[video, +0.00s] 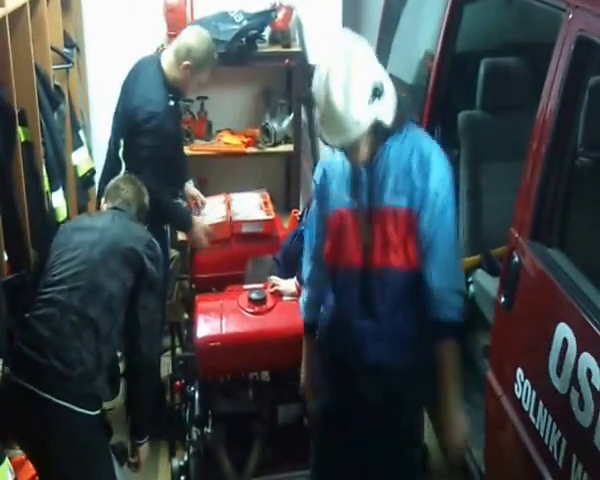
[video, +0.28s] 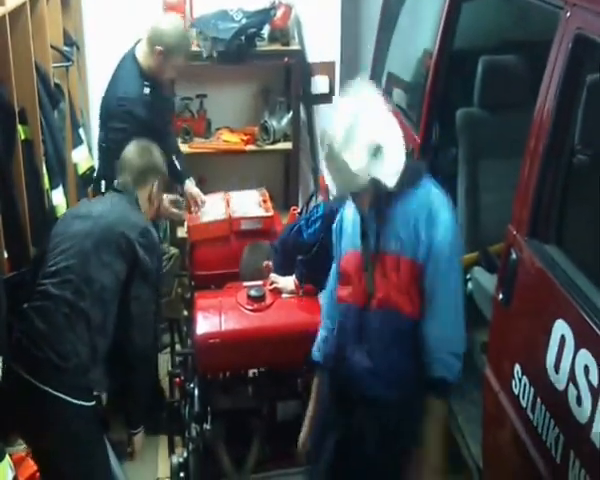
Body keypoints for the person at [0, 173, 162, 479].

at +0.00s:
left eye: (103, 201)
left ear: (104, 203)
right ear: (142, 212)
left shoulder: (68, 228)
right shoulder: (145, 245)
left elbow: (38, 296)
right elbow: (144, 347)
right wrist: (140, 434)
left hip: (18, 385)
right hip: (72, 404)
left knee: (53, 472)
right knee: (96, 472)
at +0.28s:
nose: (162, 202)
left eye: (164, 193)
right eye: (163, 193)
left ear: (119, 179)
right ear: (154, 190)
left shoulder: (73, 214)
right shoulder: (141, 234)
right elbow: (139, 338)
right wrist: (135, 421)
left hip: (20, 369)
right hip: (68, 383)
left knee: (56, 470)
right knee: (95, 472)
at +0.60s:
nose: (165, 176)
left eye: (168, 165)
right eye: (165, 164)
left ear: (124, 152)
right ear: (147, 157)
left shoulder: (76, 194)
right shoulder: (125, 212)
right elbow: (131, 320)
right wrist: (131, 404)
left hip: (34, 370)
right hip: (72, 384)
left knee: (61, 471)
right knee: (89, 473)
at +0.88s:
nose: (170, 203)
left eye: (174, 194)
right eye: (169, 193)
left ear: (141, 172)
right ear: (147, 177)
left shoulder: (89, 185)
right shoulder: (104, 227)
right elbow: (94, 334)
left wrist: (113, 357)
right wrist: (116, 425)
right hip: (62, 399)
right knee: (93, 470)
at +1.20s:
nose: (187, 226)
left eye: (192, 217)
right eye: (189, 215)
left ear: (168, 201)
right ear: (169, 205)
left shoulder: (127, 210)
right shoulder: (101, 228)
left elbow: (131, 306)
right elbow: (84, 341)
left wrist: (151, 364)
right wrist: (106, 432)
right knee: (77, 470)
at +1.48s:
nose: (186, 204)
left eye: (190, 196)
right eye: (189, 194)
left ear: (165, 177)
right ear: (175, 182)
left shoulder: (120, 189)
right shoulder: (123, 206)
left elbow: (123, 294)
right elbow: (118, 302)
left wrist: (150, 355)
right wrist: (141, 372)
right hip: (67, 360)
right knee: (93, 461)